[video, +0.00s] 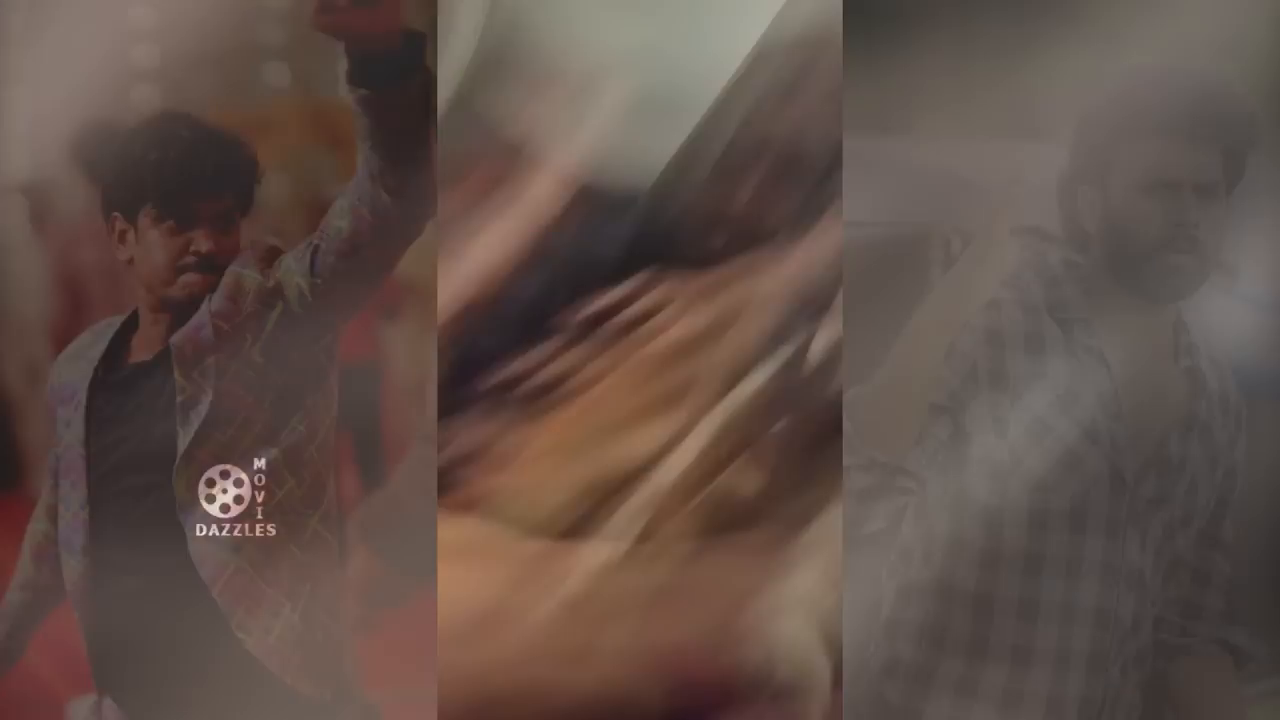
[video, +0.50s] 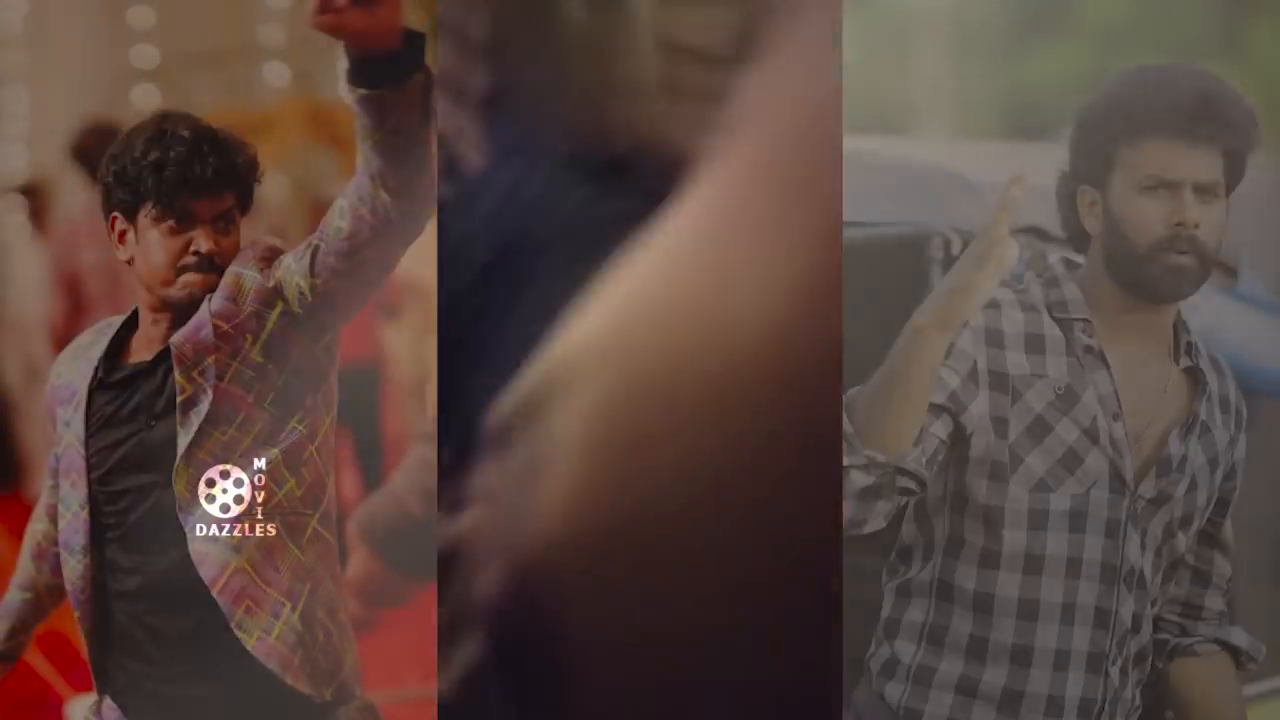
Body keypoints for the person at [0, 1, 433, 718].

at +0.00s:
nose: (205, 245)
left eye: (223, 223)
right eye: (178, 223)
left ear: (243, 231)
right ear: (122, 237)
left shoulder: (283, 317)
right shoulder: (78, 372)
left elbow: (392, 199)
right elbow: (52, 535)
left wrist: (380, 47)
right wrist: (4, 646)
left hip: (279, 696)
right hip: (134, 701)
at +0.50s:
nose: (205, 245)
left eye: (223, 223)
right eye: (178, 222)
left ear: (243, 230)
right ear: (122, 236)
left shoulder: (283, 315)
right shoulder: (76, 371)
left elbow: (393, 198)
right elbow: (56, 525)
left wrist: (380, 52)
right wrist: (7, 637)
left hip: (284, 698)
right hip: (136, 702)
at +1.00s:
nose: (205, 245)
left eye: (223, 223)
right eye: (178, 222)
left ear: (243, 230)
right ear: (122, 236)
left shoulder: (285, 313)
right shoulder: (75, 372)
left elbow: (393, 200)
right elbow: (55, 527)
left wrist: (381, 53)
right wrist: (7, 637)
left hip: (285, 702)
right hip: (138, 704)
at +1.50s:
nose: (206, 245)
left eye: (224, 222)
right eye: (179, 222)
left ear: (242, 230)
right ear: (122, 236)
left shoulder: (286, 313)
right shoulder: (75, 372)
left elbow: (393, 201)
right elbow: (56, 523)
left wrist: (380, 51)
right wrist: (8, 634)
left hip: (290, 700)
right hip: (140, 704)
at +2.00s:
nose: (206, 245)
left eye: (223, 222)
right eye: (179, 222)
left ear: (243, 230)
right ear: (122, 236)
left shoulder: (287, 312)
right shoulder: (76, 373)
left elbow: (394, 199)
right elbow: (56, 524)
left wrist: (380, 52)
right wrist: (7, 634)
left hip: (290, 700)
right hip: (140, 705)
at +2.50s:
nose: (206, 245)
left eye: (224, 222)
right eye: (179, 222)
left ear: (243, 230)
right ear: (122, 237)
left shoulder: (287, 312)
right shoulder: (76, 373)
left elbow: (393, 201)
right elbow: (56, 524)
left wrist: (380, 53)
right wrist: (8, 633)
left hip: (291, 700)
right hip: (140, 705)